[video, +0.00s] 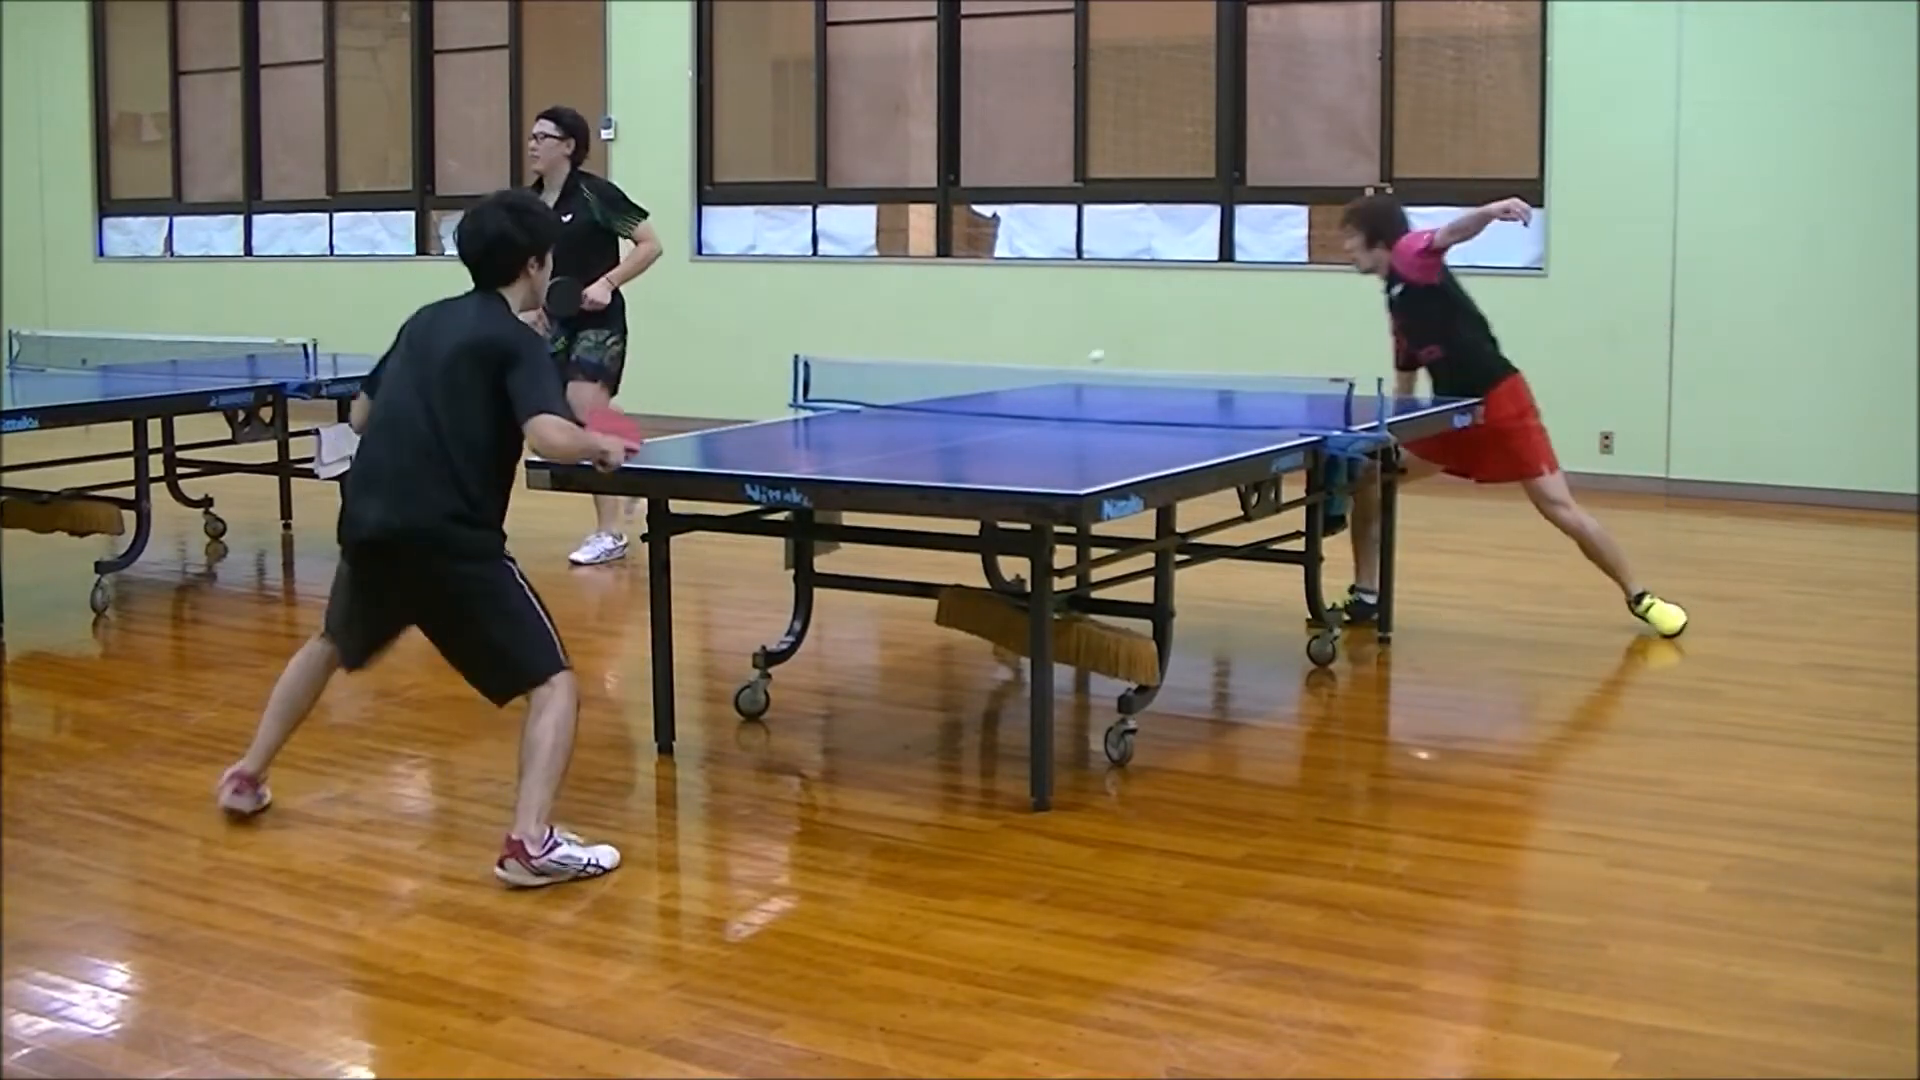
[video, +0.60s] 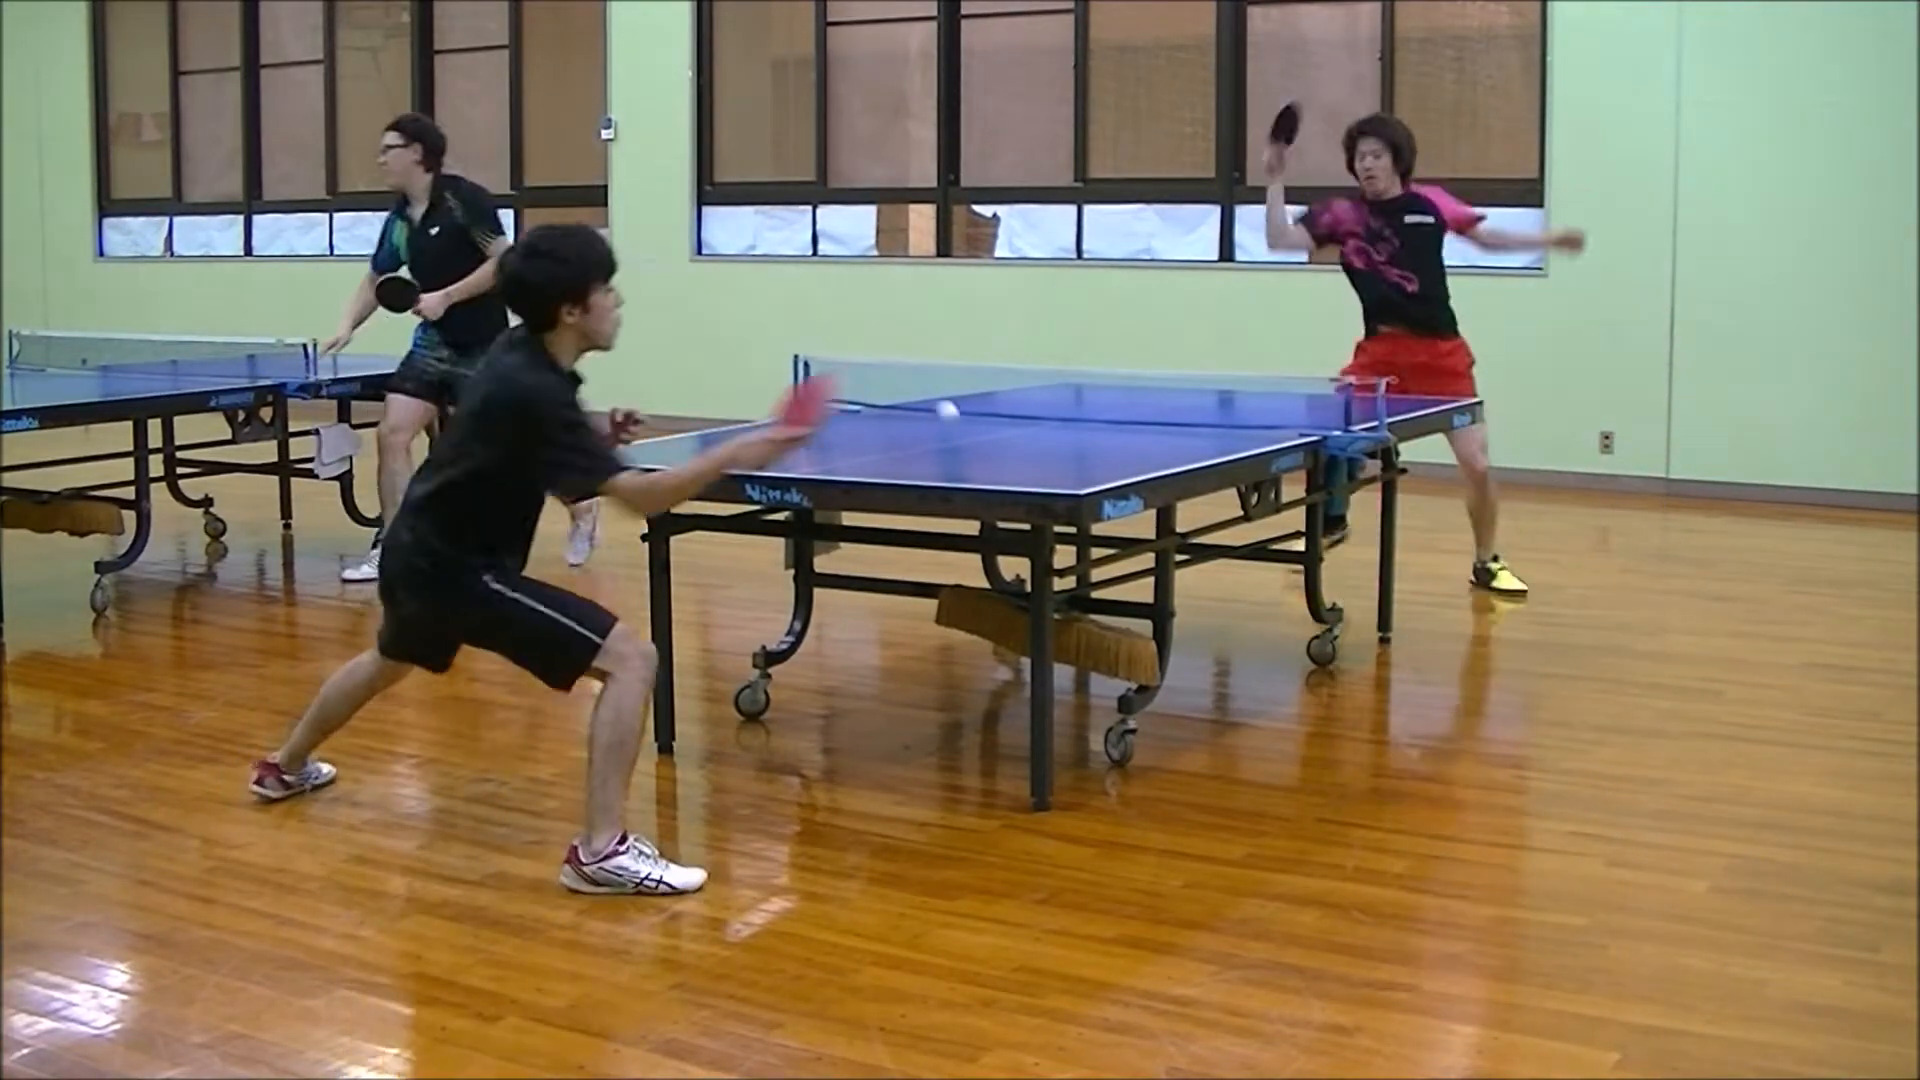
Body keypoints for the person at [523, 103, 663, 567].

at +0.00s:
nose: (532, 145)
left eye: (542, 138)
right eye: (531, 137)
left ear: (569, 146)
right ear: (535, 145)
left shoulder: (596, 192)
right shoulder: (532, 197)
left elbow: (650, 244)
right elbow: (516, 255)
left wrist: (608, 283)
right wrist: (525, 304)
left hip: (597, 316)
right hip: (550, 317)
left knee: (584, 407)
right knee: (567, 418)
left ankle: (611, 530)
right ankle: (620, 511)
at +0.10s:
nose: (522, 144)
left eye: (533, 137)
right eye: (520, 136)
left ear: (560, 142)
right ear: (519, 139)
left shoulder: (585, 186)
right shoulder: (521, 188)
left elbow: (639, 237)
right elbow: (506, 243)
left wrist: (592, 279)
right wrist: (512, 288)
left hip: (584, 319)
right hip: (540, 317)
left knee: (573, 420)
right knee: (553, 423)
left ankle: (609, 532)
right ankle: (601, 521)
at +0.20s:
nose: (507, 142)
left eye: (516, 134)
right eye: (505, 134)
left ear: (546, 136)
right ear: (507, 138)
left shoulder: (569, 178)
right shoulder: (514, 186)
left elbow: (615, 228)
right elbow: (517, 242)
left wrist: (562, 269)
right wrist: (506, 283)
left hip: (569, 326)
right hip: (522, 322)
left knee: (571, 423)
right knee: (503, 428)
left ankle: (607, 531)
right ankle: (544, 513)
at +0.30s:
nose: (484, 141)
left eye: (493, 133)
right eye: (482, 133)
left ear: (524, 134)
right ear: (492, 138)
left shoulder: (553, 178)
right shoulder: (492, 189)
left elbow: (582, 233)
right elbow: (480, 246)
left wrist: (529, 269)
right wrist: (486, 277)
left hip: (554, 334)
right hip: (500, 333)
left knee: (567, 432)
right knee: (481, 435)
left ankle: (607, 529)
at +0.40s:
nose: (456, 147)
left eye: (465, 138)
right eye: (454, 139)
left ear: (496, 140)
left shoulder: (532, 189)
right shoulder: (464, 197)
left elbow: (555, 247)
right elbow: (449, 253)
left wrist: (491, 254)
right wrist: (424, 287)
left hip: (535, 337)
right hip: (480, 339)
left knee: (558, 432)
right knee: (468, 439)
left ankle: (603, 528)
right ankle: (441, 538)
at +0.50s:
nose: (421, 154)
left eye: (430, 144)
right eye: (419, 145)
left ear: (460, 149)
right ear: (436, 153)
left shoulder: (500, 198)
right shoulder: (431, 204)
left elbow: (530, 265)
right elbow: (414, 261)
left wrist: (461, 290)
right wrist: (386, 301)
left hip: (504, 337)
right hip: (455, 336)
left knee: (545, 430)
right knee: (427, 427)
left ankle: (598, 520)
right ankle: (398, 542)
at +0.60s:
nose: (381, 160)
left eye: (390, 150)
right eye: (381, 151)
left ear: (421, 155)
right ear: (401, 158)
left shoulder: (465, 201)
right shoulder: (398, 220)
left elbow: (507, 261)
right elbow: (374, 283)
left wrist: (446, 296)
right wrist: (348, 326)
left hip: (485, 347)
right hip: (432, 344)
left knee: (515, 436)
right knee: (393, 433)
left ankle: (581, 504)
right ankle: (393, 546)